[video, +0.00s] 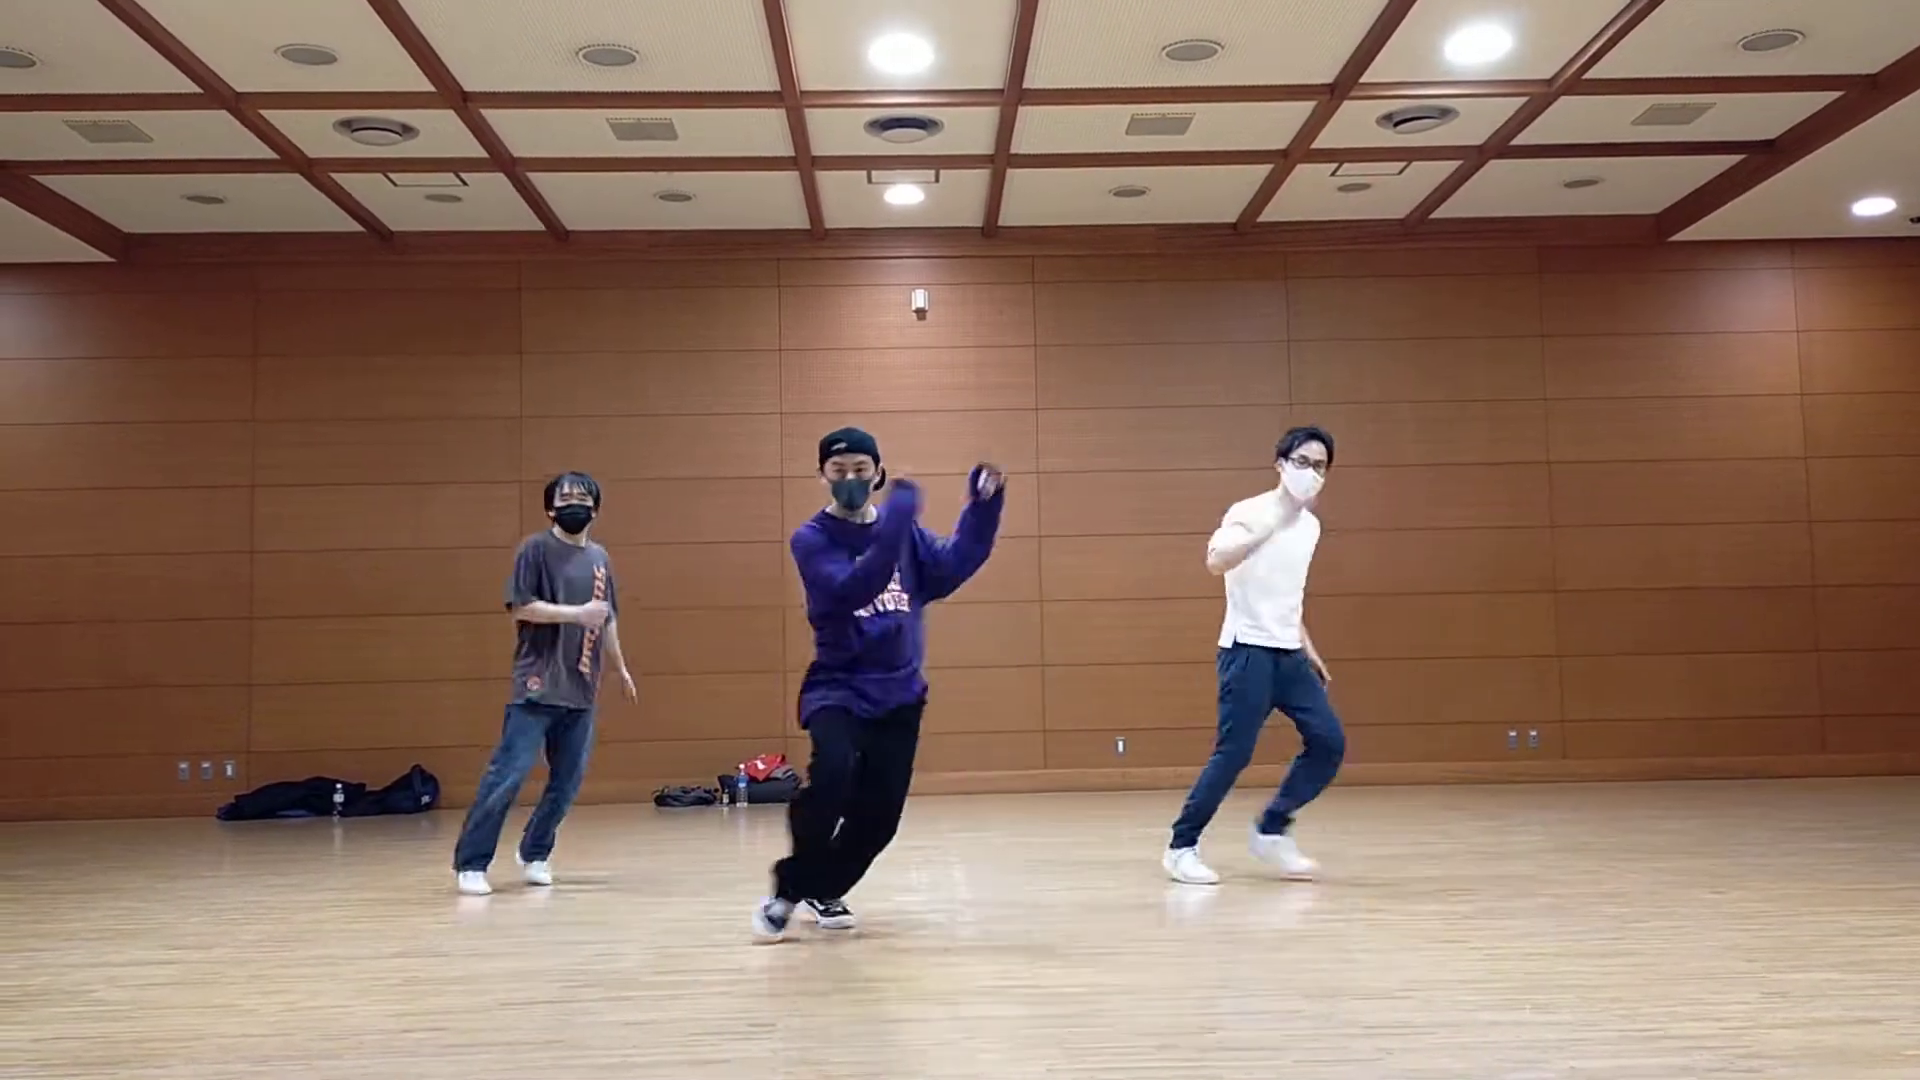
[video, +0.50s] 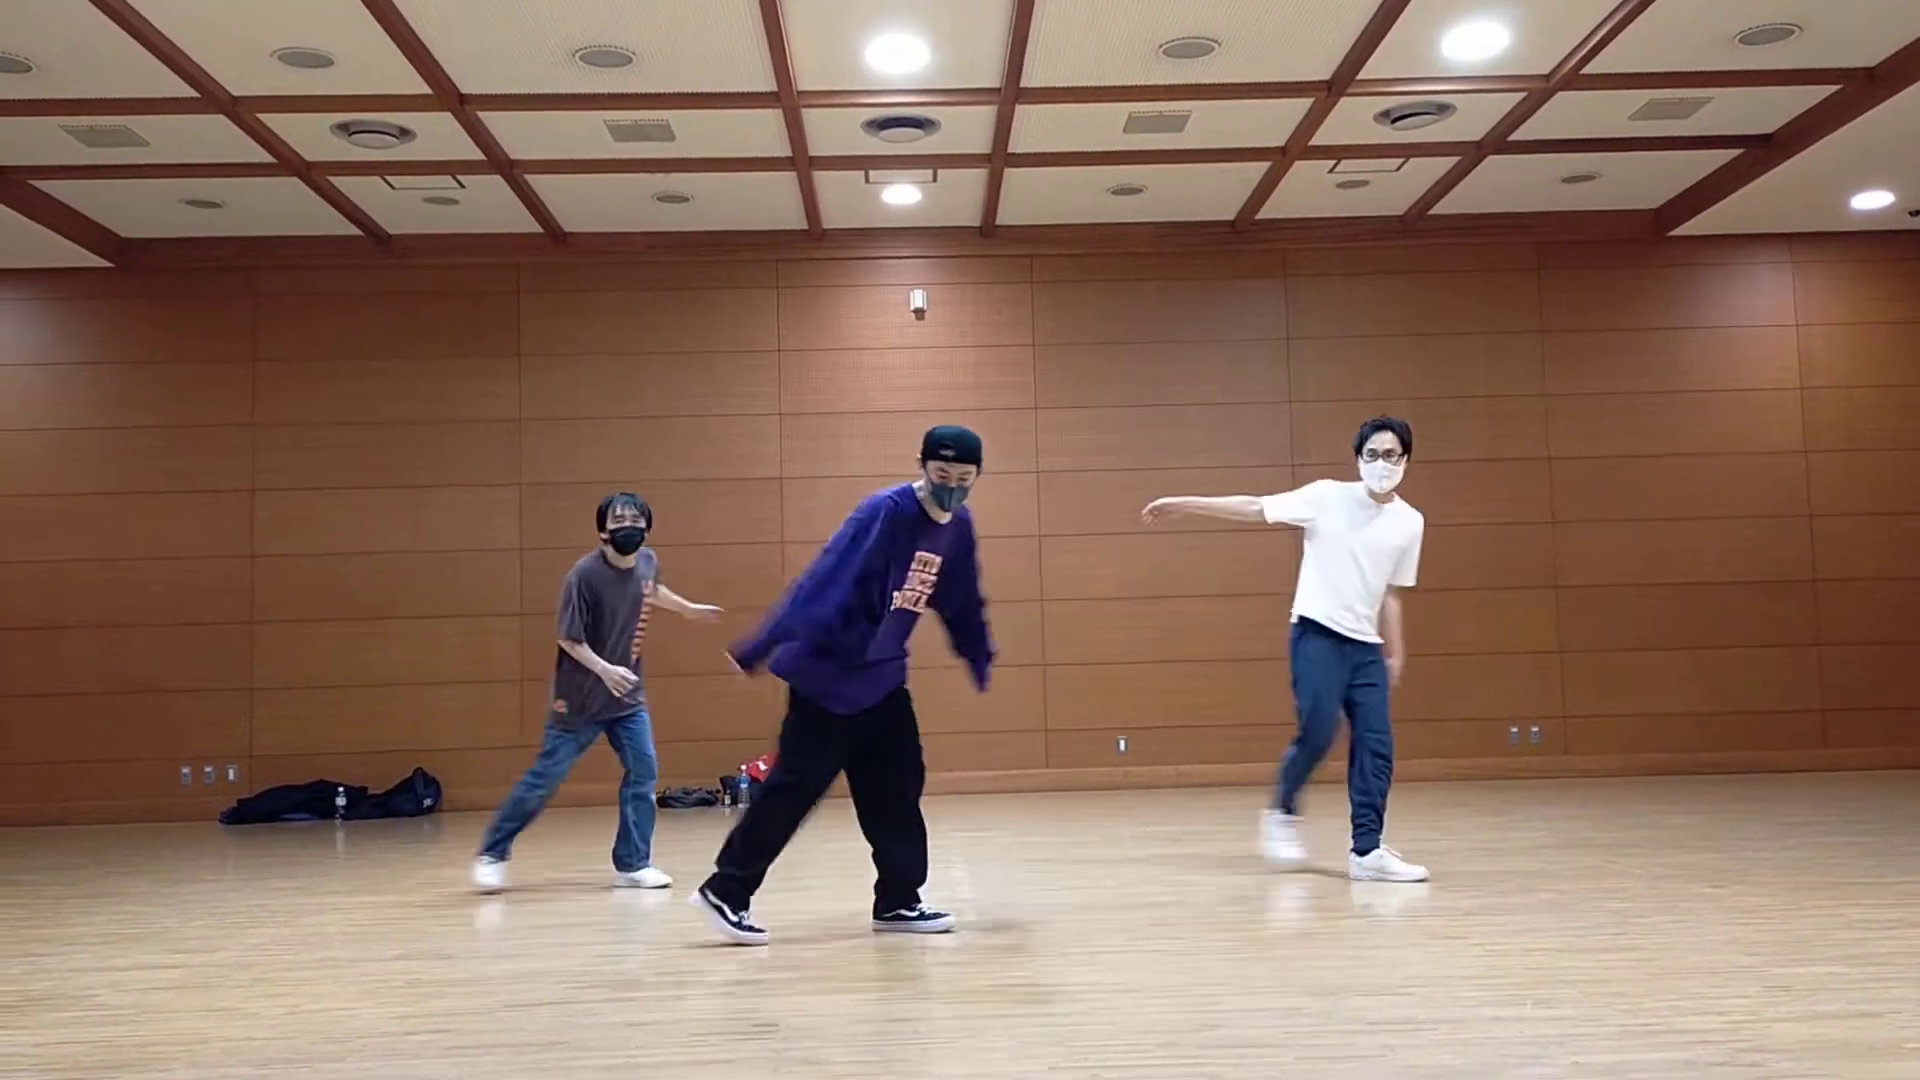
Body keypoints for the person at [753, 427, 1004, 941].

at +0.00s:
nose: (851, 480)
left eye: (861, 471)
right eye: (840, 471)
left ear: (879, 476)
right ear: (823, 478)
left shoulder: (901, 530)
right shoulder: (812, 539)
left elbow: (951, 565)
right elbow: (851, 592)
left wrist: (983, 507)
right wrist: (894, 518)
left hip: (898, 694)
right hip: (837, 690)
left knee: (879, 819)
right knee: (834, 776)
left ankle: (825, 890)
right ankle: (792, 886)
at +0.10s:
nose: (862, 456)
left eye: (872, 449)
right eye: (851, 448)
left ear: (886, 459)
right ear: (834, 455)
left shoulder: (888, 519)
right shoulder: (816, 511)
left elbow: (900, 595)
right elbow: (876, 558)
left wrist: (950, 570)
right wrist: (937, 510)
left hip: (880, 678)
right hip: (821, 675)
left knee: (885, 800)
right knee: (813, 787)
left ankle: (831, 876)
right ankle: (758, 898)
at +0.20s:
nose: (884, 452)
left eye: (894, 444)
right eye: (873, 442)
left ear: (908, 451)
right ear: (853, 445)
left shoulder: (883, 510)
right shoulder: (832, 496)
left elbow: (874, 586)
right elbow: (886, 552)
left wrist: (917, 632)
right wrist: (965, 546)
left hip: (861, 669)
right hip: (809, 667)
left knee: (891, 775)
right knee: (801, 788)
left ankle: (854, 882)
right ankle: (737, 897)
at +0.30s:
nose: (905, 458)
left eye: (917, 451)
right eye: (896, 447)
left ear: (928, 459)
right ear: (875, 449)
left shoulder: (889, 513)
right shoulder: (850, 498)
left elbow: (881, 595)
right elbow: (898, 565)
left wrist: (901, 655)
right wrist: (959, 616)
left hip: (850, 672)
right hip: (804, 667)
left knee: (884, 784)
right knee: (776, 786)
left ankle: (904, 901)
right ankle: (711, 898)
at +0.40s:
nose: (928, 477)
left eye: (940, 470)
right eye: (919, 466)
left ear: (952, 475)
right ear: (900, 464)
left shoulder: (920, 523)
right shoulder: (868, 511)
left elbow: (918, 599)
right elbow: (871, 598)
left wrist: (925, 662)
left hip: (855, 674)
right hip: (803, 670)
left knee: (886, 782)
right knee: (767, 782)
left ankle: (897, 900)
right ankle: (710, 899)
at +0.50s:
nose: (951, 483)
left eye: (963, 475)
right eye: (942, 471)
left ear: (975, 478)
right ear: (924, 467)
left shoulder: (958, 527)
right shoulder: (884, 513)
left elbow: (960, 594)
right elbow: (822, 580)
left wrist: (977, 649)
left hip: (882, 677)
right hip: (826, 675)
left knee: (897, 784)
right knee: (797, 783)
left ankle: (897, 902)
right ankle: (726, 890)